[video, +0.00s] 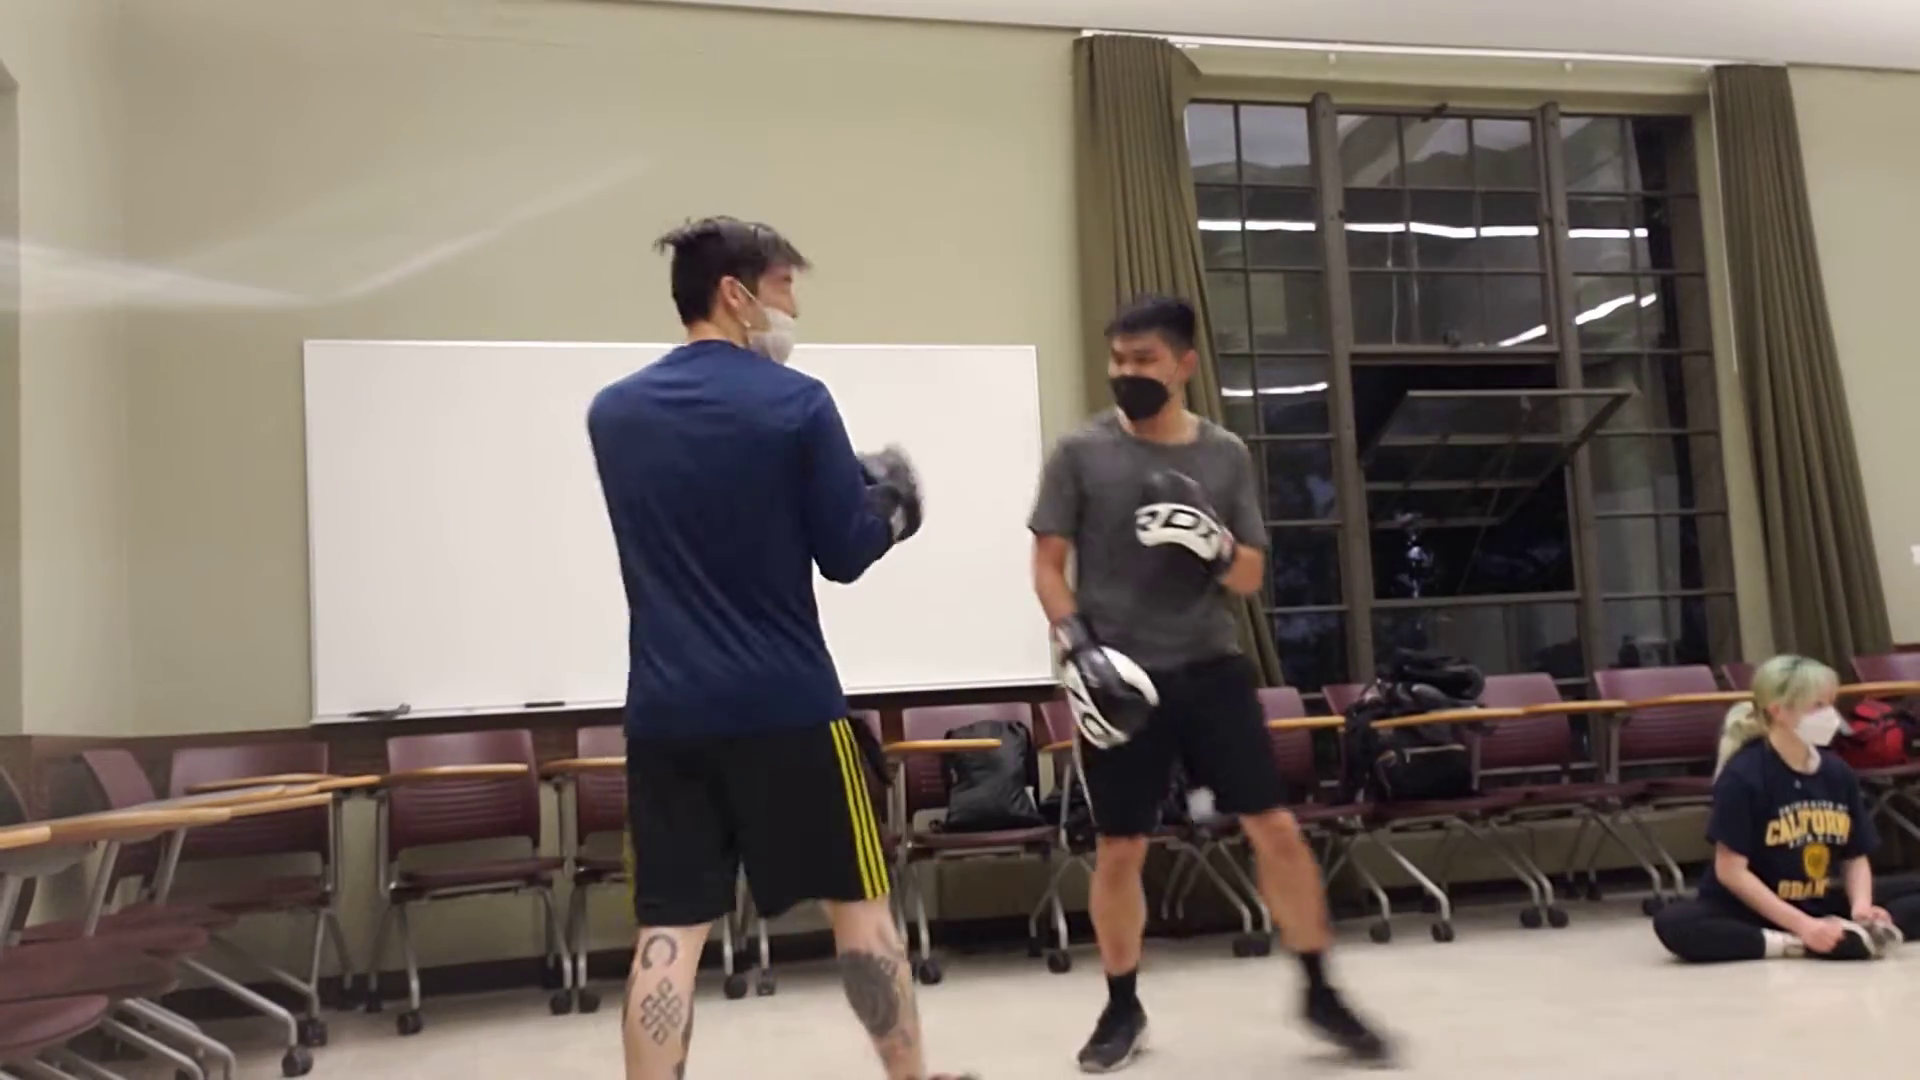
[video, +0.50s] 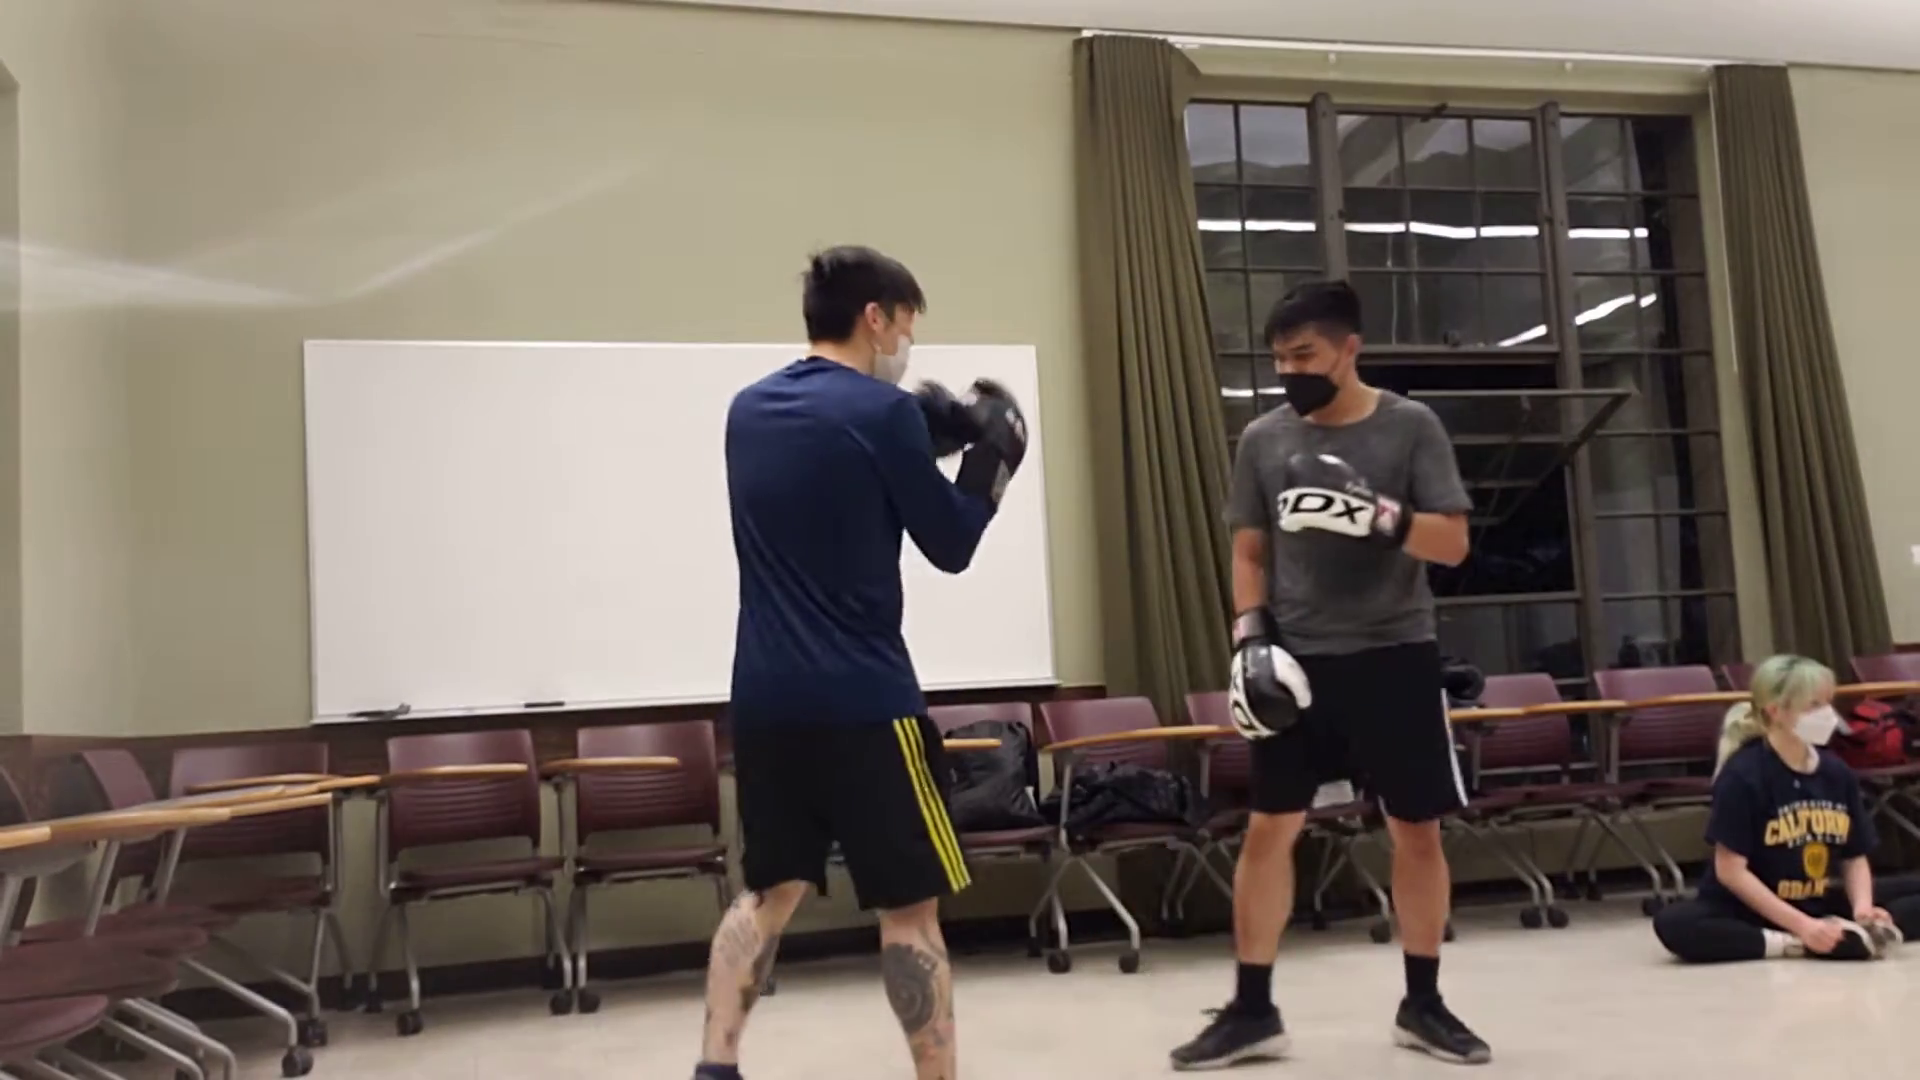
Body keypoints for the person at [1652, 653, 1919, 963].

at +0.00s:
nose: (1832, 716)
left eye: (1832, 705)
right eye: (1818, 707)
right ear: (1777, 711)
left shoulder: (1838, 774)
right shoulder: (1743, 775)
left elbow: (1856, 855)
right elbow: (1729, 870)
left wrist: (1861, 905)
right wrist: (1803, 925)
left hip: (1826, 907)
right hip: (1752, 910)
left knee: (1915, 901)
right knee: (1671, 922)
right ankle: (1792, 943)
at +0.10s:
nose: (1831, 716)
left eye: (1832, 705)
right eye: (1818, 707)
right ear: (1778, 711)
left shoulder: (1838, 775)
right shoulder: (1743, 775)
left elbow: (1855, 856)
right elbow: (1729, 870)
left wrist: (1862, 905)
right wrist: (1803, 925)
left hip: (1826, 907)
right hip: (1752, 910)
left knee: (1916, 901)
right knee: (1672, 922)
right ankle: (1792, 944)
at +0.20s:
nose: (1831, 716)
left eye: (1831, 705)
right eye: (1817, 707)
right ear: (1778, 712)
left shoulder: (1838, 775)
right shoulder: (1743, 775)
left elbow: (1855, 856)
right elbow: (1729, 870)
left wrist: (1863, 906)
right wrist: (1803, 925)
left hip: (1825, 906)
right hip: (1752, 909)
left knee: (1915, 903)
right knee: (1672, 922)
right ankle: (1791, 944)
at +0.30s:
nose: (1830, 715)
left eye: (1830, 704)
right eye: (1816, 706)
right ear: (1776, 711)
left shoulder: (1837, 775)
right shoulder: (1743, 775)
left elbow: (1856, 855)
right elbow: (1729, 870)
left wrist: (1863, 907)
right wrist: (1803, 926)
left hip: (1824, 906)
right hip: (1751, 909)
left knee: (1915, 899)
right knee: (1671, 923)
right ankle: (1792, 944)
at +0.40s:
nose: (1829, 715)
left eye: (1830, 704)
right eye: (1816, 706)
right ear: (1775, 711)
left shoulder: (1837, 774)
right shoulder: (1743, 775)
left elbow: (1856, 856)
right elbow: (1729, 870)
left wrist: (1863, 907)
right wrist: (1803, 926)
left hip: (1825, 906)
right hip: (1751, 909)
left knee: (1917, 901)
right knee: (1672, 923)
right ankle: (1792, 944)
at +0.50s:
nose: (1829, 715)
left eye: (1829, 704)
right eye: (1816, 706)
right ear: (1775, 711)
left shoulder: (1837, 775)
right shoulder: (1743, 775)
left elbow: (1855, 855)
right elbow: (1729, 870)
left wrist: (1863, 907)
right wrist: (1802, 925)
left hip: (1823, 906)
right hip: (1750, 909)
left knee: (1915, 899)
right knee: (1671, 923)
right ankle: (1792, 943)